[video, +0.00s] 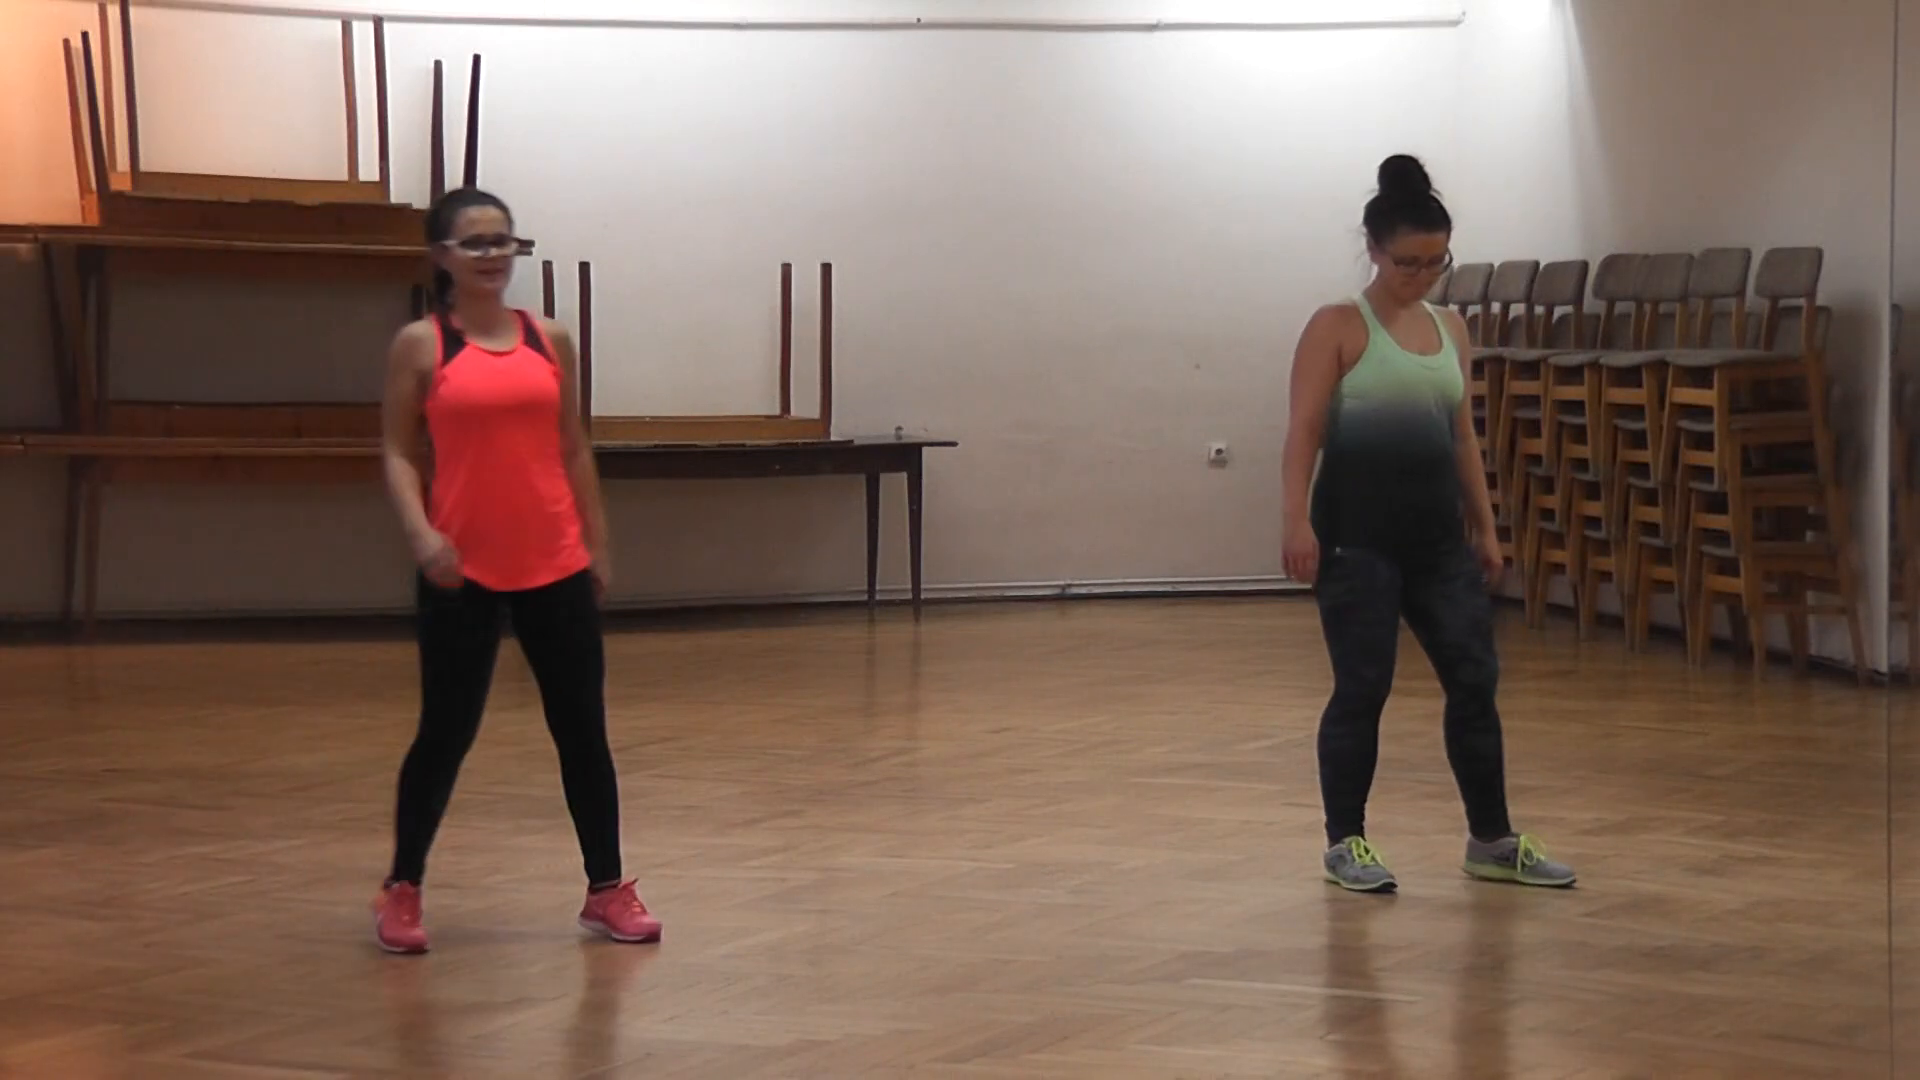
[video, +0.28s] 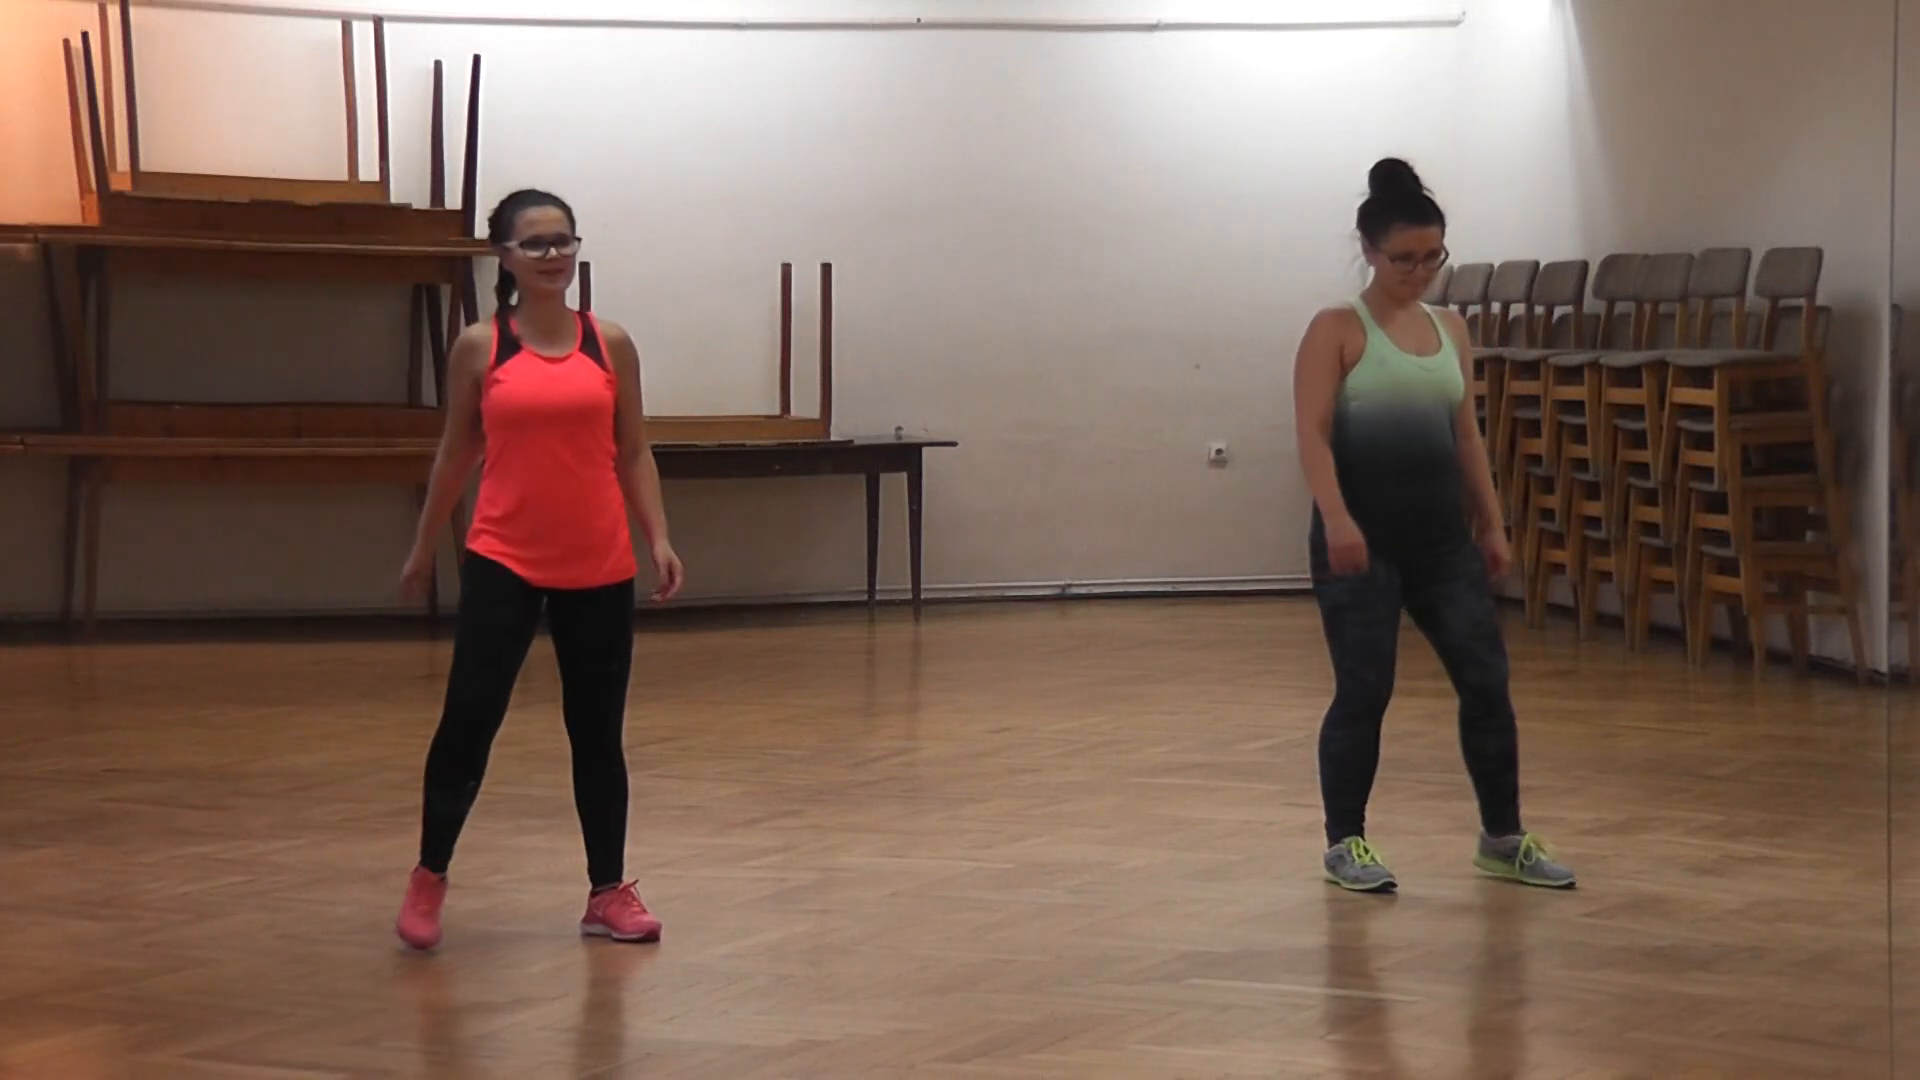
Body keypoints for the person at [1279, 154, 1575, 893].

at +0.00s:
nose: (1422, 277)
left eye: (1434, 263)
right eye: (1407, 262)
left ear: (1447, 252)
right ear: (1372, 249)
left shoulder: (1448, 328)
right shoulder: (1335, 328)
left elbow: (1464, 437)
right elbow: (1305, 432)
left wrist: (1485, 528)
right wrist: (1295, 524)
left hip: (1439, 544)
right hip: (1357, 545)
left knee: (1474, 682)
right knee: (1361, 690)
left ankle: (1492, 841)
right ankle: (1345, 842)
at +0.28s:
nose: (1418, 272)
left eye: (1430, 257)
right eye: (1403, 257)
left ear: (1442, 250)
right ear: (1368, 249)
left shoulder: (1448, 329)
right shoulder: (1335, 331)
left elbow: (1466, 435)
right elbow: (1312, 436)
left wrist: (1490, 522)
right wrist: (1337, 520)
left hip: (1442, 542)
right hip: (1360, 544)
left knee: (1486, 681)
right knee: (1363, 692)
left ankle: (1503, 838)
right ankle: (1345, 843)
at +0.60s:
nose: (1449, 264)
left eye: (1459, 249)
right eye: (1432, 252)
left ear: (1470, 249)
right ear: (1397, 255)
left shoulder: (1494, 334)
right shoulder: (1370, 342)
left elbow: (1516, 437)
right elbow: (1353, 452)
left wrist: (1540, 529)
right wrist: (1373, 541)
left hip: (1491, 548)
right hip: (1404, 550)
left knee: (1517, 693)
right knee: (1386, 697)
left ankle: (1517, 840)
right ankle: (1348, 842)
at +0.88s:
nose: (1472, 246)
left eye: (1481, 232)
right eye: (1454, 236)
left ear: (1492, 237)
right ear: (1420, 246)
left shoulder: (1522, 326)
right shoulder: (1395, 336)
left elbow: (1552, 426)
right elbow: (1372, 445)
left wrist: (1581, 509)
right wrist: (1368, 537)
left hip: (1517, 542)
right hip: (1427, 544)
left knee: (1517, 693)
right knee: (1403, 689)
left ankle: (1517, 840)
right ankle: (1364, 839)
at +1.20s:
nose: (1469, 241)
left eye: (1478, 228)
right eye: (1450, 231)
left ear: (1490, 236)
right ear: (1415, 244)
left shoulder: (1518, 325)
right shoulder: (1393, 335)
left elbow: (1543, 433)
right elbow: (1373, 446)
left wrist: (1562, 520)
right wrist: (1376, 538)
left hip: (1512, 541)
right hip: (1424, 543)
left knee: (1513, 694)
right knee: (1386, 685)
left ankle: (1517, 840)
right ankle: (1335, 835)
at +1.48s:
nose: (1434, 249)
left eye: (1443, 236)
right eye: (1416, 238)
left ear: (1454, 242)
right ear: (1381, 249)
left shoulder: (1475, 336)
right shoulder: (1354, 338)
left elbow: (1497, 439)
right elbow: (1336, 447)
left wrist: (1530, 531)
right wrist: (1355, 538)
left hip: (1467, 550)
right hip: (1380, 549)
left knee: (1490, 698)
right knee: (1352, 694)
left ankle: (1511, 842)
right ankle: (1298, 841)